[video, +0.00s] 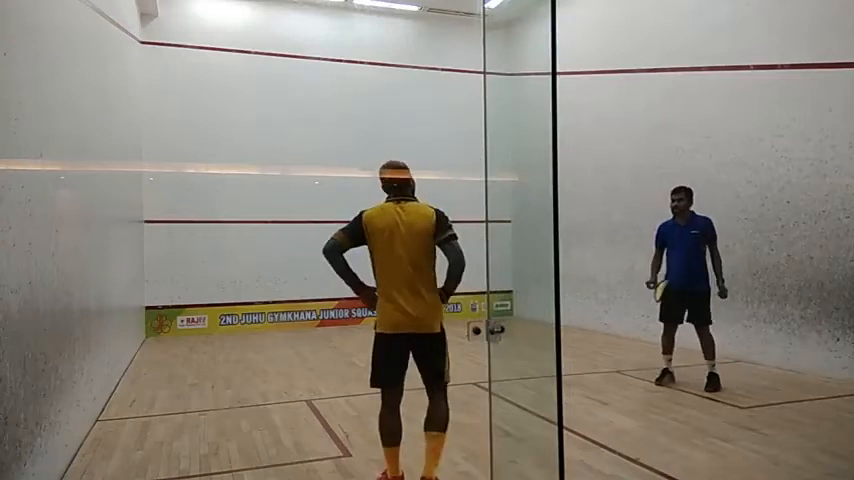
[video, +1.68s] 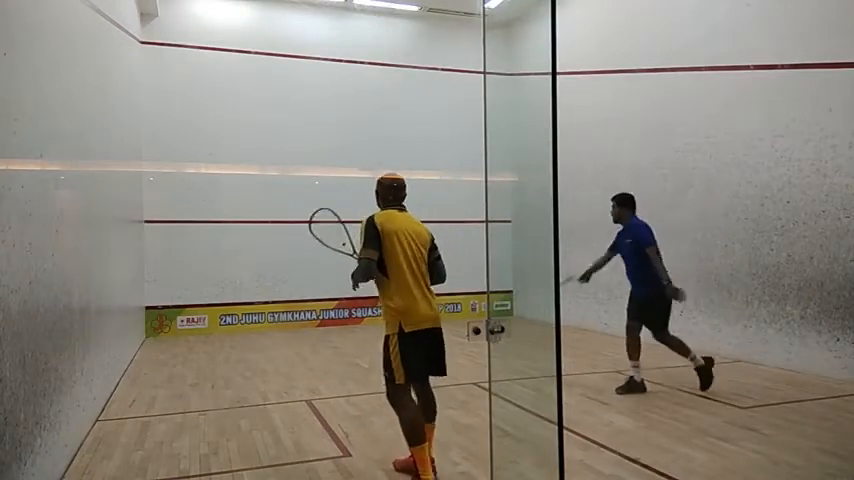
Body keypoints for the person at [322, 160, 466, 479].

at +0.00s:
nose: (407, 187)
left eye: (386, 185)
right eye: (409, 182)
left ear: (383, 187)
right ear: (412, 185)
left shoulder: (369, 218)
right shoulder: (433, 216)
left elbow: (331, 250)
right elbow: (458, 262)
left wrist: (361, 290)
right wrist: (443, 295)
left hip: (389, 325)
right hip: (429, 323)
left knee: (390, 401)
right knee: (437, 395)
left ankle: (393, 472)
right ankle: (430, 474)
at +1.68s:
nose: (376, 197)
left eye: (377, 192)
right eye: (379, 191)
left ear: (380, 195)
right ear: (404, 197)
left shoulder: (376, 222)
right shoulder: (421, 228)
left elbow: (367, 269)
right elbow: (439, 275)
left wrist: (357, 275)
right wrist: (407, 277)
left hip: (401, 324)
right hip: (429, 320)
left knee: (398, 393)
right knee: (422, 384)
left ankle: (425, 469)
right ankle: (424, 456)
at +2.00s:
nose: (357, 208)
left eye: (358, 203)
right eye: (359, 202)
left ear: (362, 205)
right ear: (387, 207)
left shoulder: (364, 230)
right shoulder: (402, 237)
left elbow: (362, 276)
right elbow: (410, 291)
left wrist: (338, 301)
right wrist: (365, 307)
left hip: (394, 331)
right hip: (418, 327)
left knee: (378, 403)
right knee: (407, 388)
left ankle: (410, 474)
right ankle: (422, 458)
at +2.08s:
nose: (352, 210)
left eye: (354, 205)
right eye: (354, 205)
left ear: (358, 209)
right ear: (382, 210)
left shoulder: (362, 236)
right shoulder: (392, 240)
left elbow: (361, 285)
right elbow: (392, 296)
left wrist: (333, 316)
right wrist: (356, 312)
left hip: (392, 338)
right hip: (410, 335)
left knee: (374, 409)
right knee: (395, 396)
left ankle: (410, 474)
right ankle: (420, 459)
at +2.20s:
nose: (336, 223)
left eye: (339, 218)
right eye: (338, 217)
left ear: (347, 222)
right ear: (365, 221)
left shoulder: (358, 254)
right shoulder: (367, 251)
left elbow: (361, 309)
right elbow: (363, 306)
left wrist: (327, 340)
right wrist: (329, 310)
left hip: (387, 349)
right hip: (377, 345)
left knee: (362, 420)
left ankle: (403, 472)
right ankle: (385, 435)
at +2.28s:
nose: (324, 225)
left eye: (329, 220)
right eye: (326, 220)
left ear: (341, 224)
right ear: (348, 226)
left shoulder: (352, 259)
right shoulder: (344, 260)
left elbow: (356, 316)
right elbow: (330, 304)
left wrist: (320, 355)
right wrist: (314, 303)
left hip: (382, 349)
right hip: (367, 345)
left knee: (361, 421)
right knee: (335, 368)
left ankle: (405, 474)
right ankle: (346, 438)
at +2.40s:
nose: (293, 231)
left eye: (295, 226)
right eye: (294, 226)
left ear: (303, 230)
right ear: (317, 228)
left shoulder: (328, 260)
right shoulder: (308, 258)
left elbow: (336, 313)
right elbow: (276, 283)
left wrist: (320, 352)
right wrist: (295, 285)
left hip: (359, 344)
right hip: (336, 343)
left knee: (363, 409)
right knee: (311, 388)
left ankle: (404, 472)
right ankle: (282, 436)